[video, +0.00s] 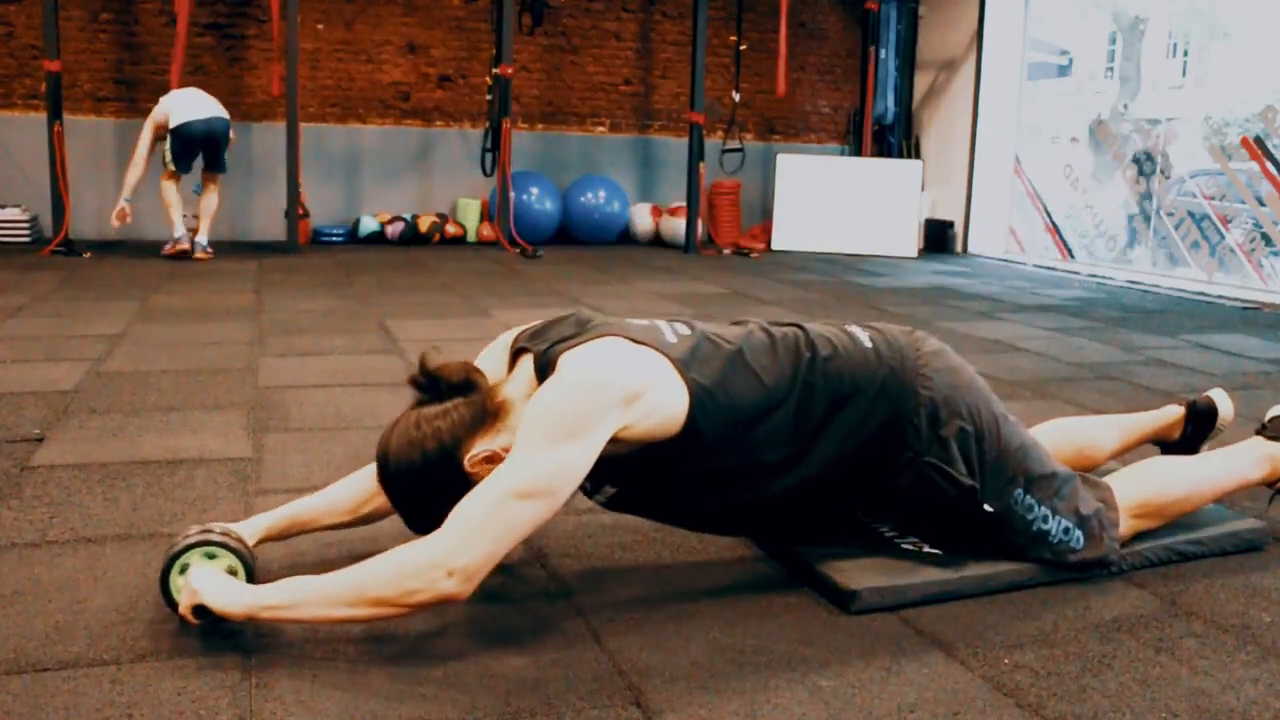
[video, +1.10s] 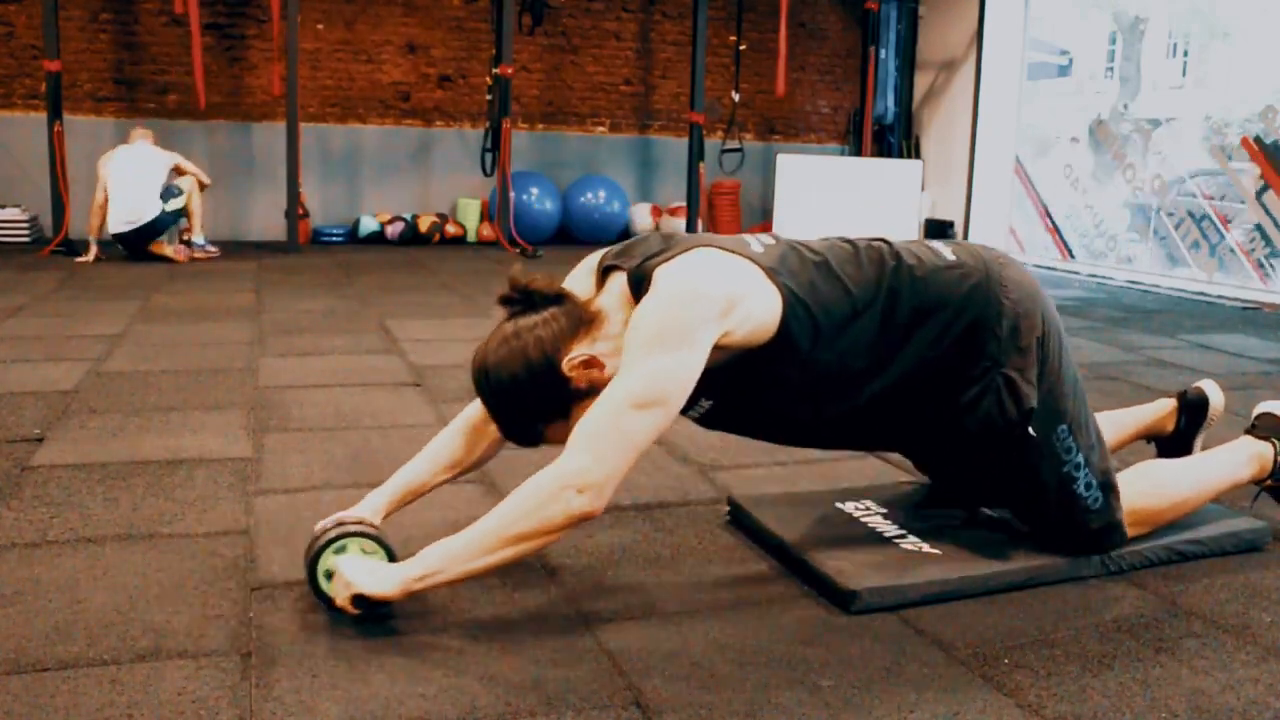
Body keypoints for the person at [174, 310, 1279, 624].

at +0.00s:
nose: (481, 500)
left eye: (473, 493)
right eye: (452, 489)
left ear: (497, 441)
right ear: (457, 421)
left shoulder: (587, 395)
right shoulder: (500, 366)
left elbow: (439, 578)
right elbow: (392, 479)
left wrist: (248, 600)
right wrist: (252, 535)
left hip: (907, 415)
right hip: (835, 396)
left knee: (1094, 516)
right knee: (1021, 451)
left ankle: (1258, 461)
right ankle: (1180, 411)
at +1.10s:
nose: (581, 430)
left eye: (564, 419)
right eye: (559, 424)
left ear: (585, 358)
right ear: (575, 357)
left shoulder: (676, 311)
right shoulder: (596, 295)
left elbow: (572, 499)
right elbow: (485, 420)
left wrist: (403, 577)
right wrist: (373, 508)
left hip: (983, 327)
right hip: (930, 320)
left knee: (1093, 526)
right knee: (1002, 488)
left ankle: (1261, 454)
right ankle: (1175, 413)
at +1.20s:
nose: (608, 415)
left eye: (590, 404)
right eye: (591, 410)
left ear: (610, 344)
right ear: (601, 340)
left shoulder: (705, 292)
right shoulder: (615, 275)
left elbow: (601, 483)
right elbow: (509, 406)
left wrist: (437, 571)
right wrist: (407, 500)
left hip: (998, 313)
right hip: (921, 346)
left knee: (1094, 526)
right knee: (1002, 486)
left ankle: (1260, 456)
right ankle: (1172, 418)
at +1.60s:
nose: (721, 341)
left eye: (708, 328)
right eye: (700, 338)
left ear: (720, 269)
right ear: (705, 268)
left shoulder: (824, 222)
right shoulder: (709, 216)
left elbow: (759, 424)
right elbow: (640, 359)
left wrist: (622, 547)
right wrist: (570, 487)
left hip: (1069, 295)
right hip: (975, 331)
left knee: (1096, 529)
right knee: (989, 481)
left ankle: (1267, 456)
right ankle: (1168, 414)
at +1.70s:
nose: (744, 323)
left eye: (733, 311)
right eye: (726, 321)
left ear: (746, 250)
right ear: (735, 248)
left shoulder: (852, 211)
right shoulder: (731, 203)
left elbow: (792, 411)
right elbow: (664, 360)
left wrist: (664, 543)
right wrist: (603, 489)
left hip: (1084, 296)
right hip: (988, 328)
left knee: (1094, 529)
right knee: (991, 484)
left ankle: (1269, 457)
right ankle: (1165, 423)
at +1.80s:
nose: (763, 314)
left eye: (754, 302)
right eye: (746, 311)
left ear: (768, 242)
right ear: (758, 235)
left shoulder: (876, 202)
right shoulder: (758, 197)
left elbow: (821, 403)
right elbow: (693, 346)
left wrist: (700, 536)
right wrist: (640, 485)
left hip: (1100, 302)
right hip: (1002, 329)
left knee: (1095, 528)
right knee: (989, 484)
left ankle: (1268, 456)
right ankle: (1169, 420)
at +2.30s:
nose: (775, 271)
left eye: (772, 253)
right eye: (760, 263)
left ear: (794, 192)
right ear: (786, 182)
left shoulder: (910, 172)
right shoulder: (798, 177)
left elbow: (870, 375)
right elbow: (751, 329)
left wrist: (782, 526)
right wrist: (715, 477)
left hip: (1116, 312)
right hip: (1015, 330)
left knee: (1096, 529)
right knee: (994, 485)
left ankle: (1268, 457)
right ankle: (1173, 421)